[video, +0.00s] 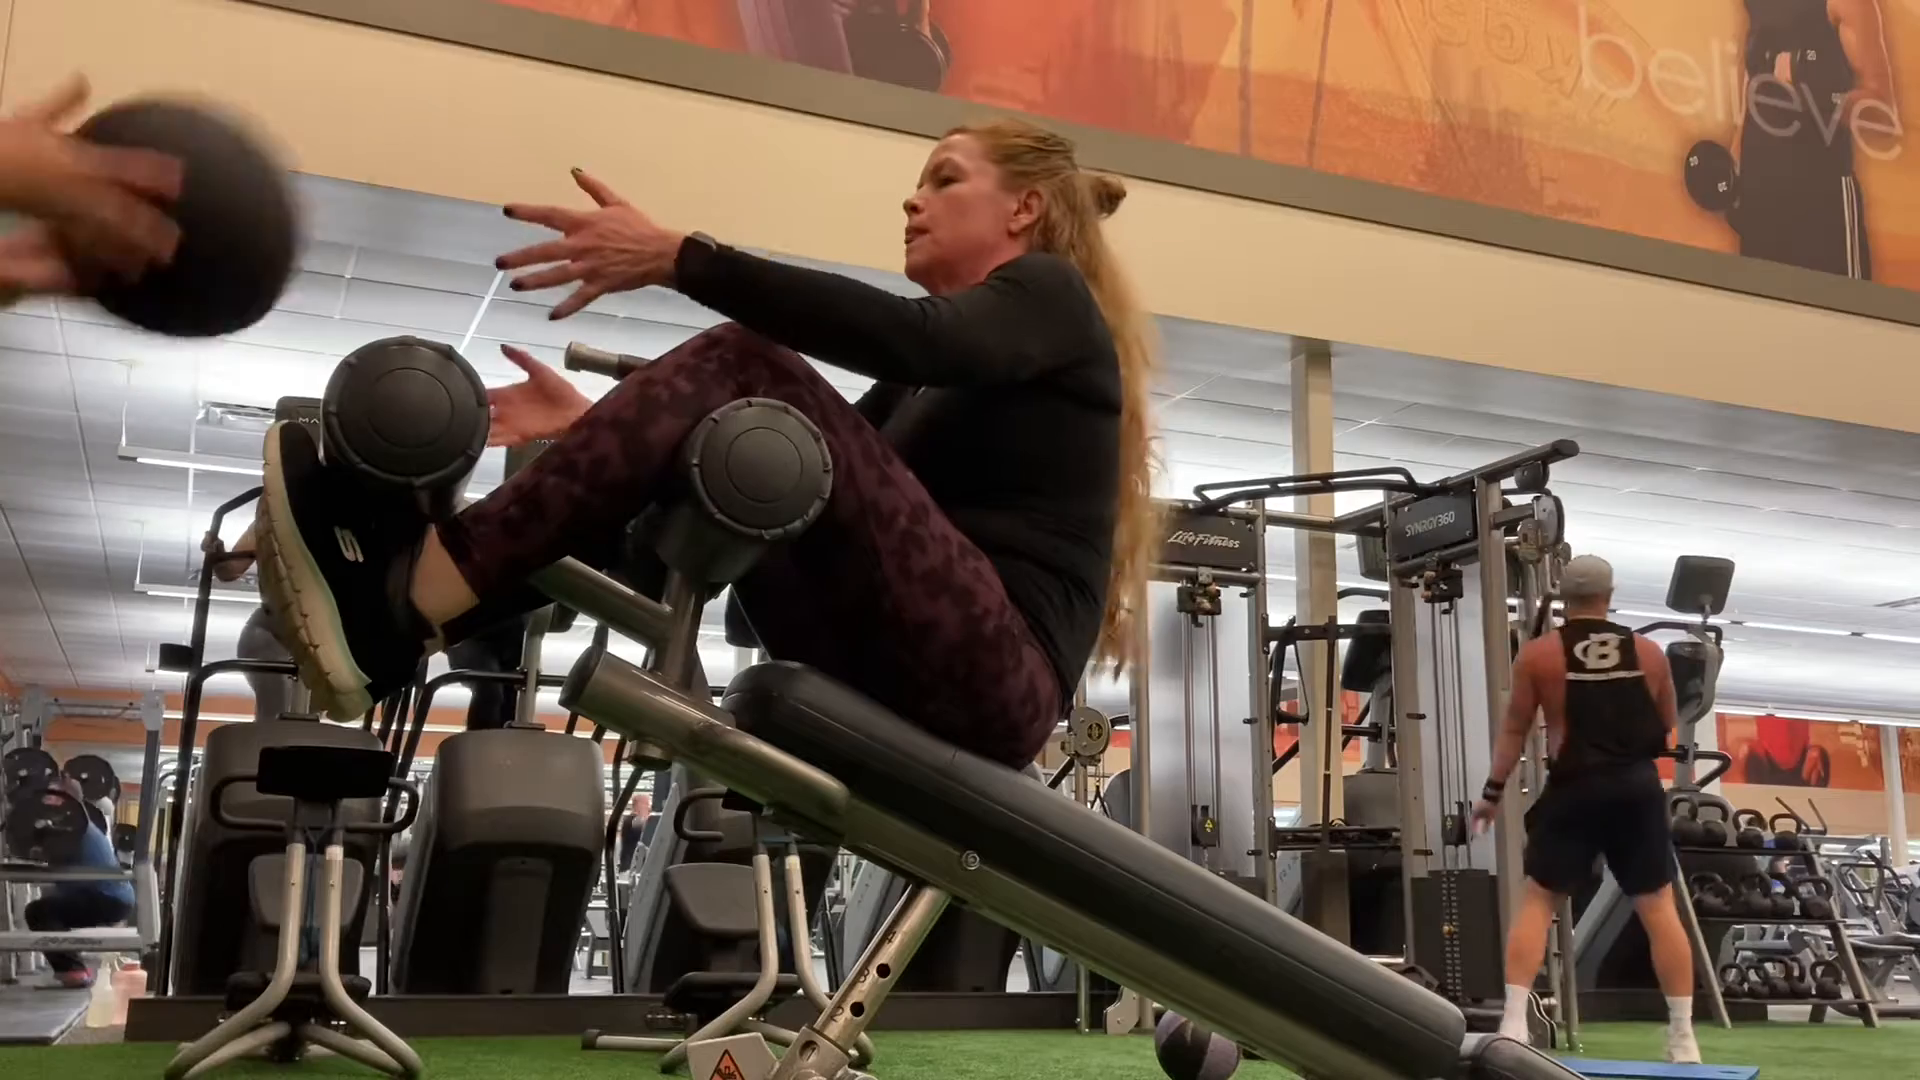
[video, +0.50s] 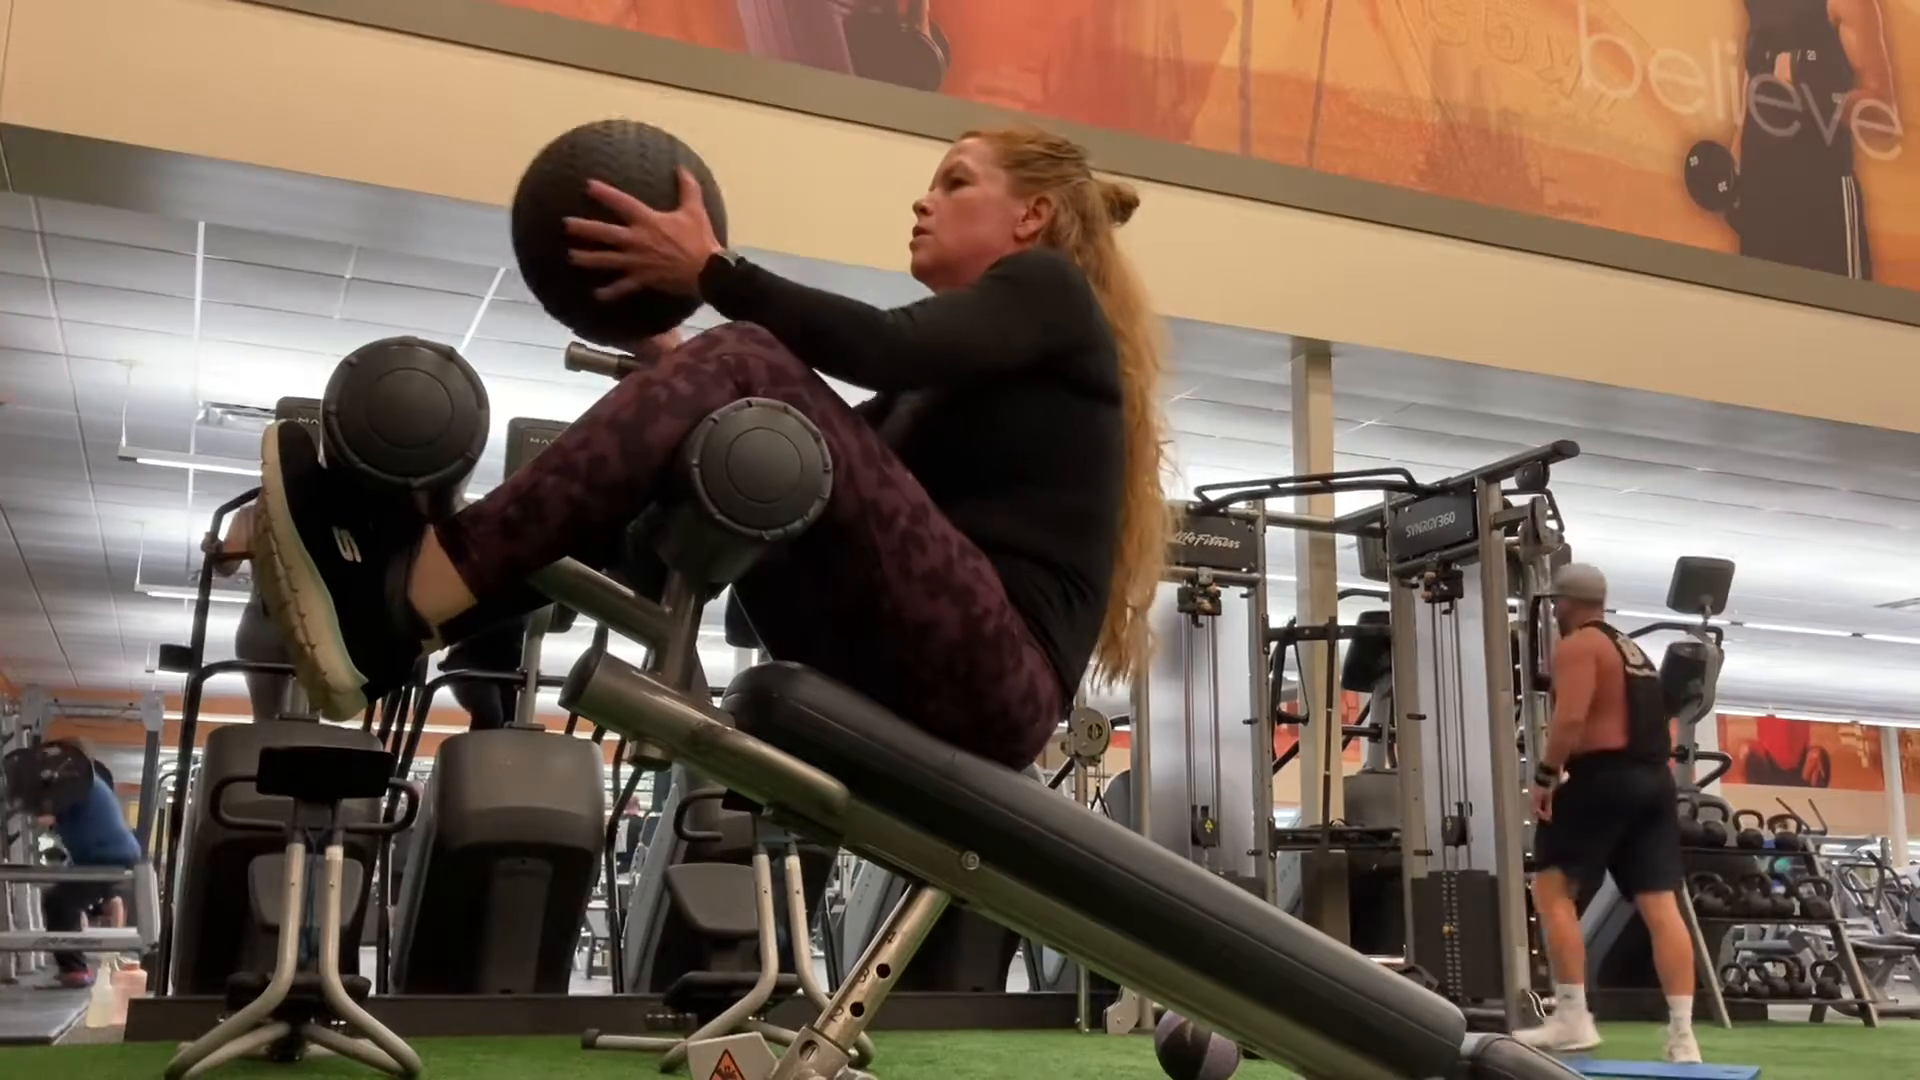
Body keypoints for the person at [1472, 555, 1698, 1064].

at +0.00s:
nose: (1597, 604)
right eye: (1604, 595)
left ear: (1563, 599)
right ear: (1609, 598)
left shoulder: (1538, 654)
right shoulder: (1649, 652)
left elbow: (1514, 730)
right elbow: (1666, 730)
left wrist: (1491, 794)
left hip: (1570, 795)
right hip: (1639, 794)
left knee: (1538, 900)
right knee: (1660, 911)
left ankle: (1513, 1027)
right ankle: (1683, 1039)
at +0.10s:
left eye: (1585, 595)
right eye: (1613, 594)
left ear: (1574, 597)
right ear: (1619, 596)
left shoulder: (1552, 649)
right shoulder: (1657, 648)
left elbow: (1522, 720)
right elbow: (1678, 719)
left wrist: (1502, 783)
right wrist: (1650, 754)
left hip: (1583, 788)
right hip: (1649, 787)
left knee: (1552, 892)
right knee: (1664, 907)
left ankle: (1546, 1017)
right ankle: (1683, 1037)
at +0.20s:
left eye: (1586, 595)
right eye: (1617, 596)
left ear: (1580, 598)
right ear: (1625, 599)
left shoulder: (1561, 646)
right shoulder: (1660, 648)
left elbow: (1539, 711)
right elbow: (1682, 718)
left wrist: (1523, 777)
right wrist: (1651, 744)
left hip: (1590, 787)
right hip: (1654, 786)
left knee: (1570, 897)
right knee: (1665, 904)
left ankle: (1583, 1026)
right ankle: (1683, 1036)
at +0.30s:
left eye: (1585, 595)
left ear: (1581, 598)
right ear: (1626, 600)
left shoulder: (1568, 645)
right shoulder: (1659, 651)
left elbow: (1554, 710)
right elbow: (1669, 718)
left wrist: (1540, 779)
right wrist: (1655, 769)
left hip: (1597, 785)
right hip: (1658, 784)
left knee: (1581, 900)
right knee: (1666, 906)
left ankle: (1597, 1030)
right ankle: (1683, 1036)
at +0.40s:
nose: (1572, 611)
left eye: (1572, 604)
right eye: (1579, 604)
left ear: (1575, 604)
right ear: (1615, 604)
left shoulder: (1577, 646)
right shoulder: (1639, 647)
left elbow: (1561, 711)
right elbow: (1658, 714)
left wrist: (1545, 778)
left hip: (1597, 781)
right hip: (1654, 783)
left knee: (1565, 890)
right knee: (1664, 900)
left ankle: (1589, 1017)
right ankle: (1682, 1029)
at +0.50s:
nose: (1554, 611)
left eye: (1556, 603)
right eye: (1557, 604)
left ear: (1566, 605)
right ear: (1600, 605)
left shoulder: (1577, 644)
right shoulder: (1631, 648)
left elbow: (1570, 716)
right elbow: (1668, 719)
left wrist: (1546, 775)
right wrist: (1660, 768)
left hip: (1599, 781)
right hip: (1652, 784)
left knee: (1552, 889)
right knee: (1663, 906)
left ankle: (1572, 1018)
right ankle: (1683, 1035)